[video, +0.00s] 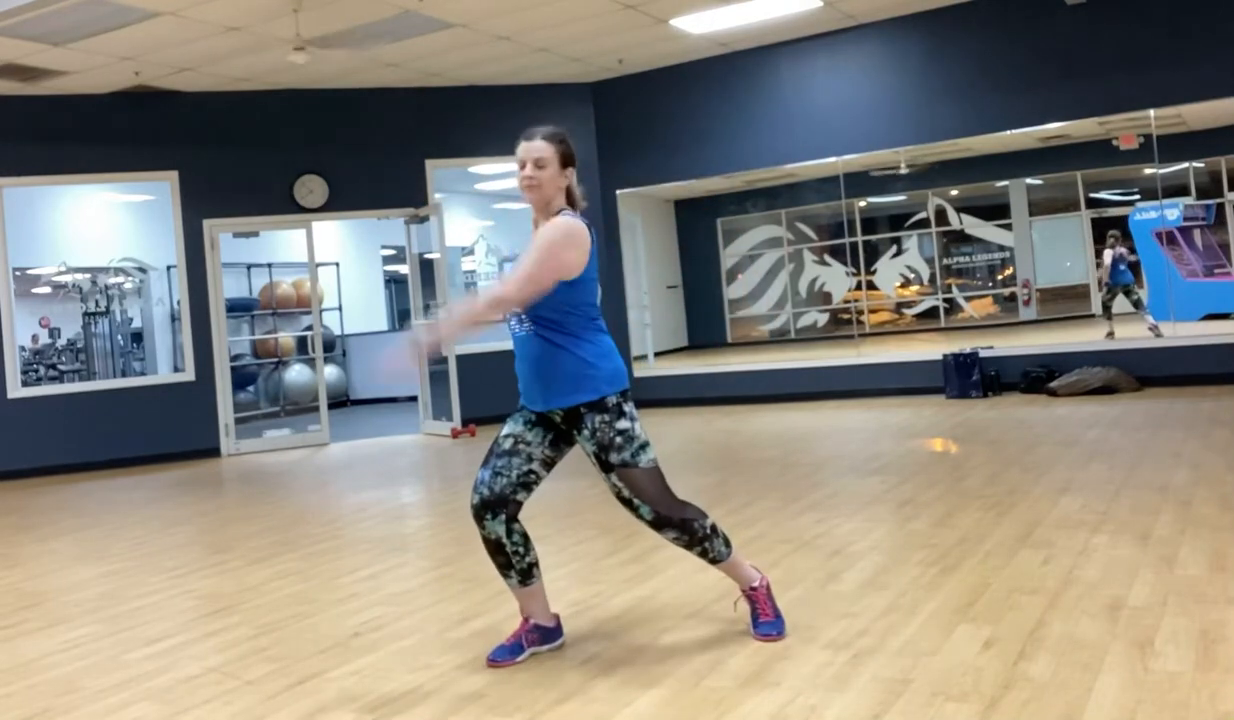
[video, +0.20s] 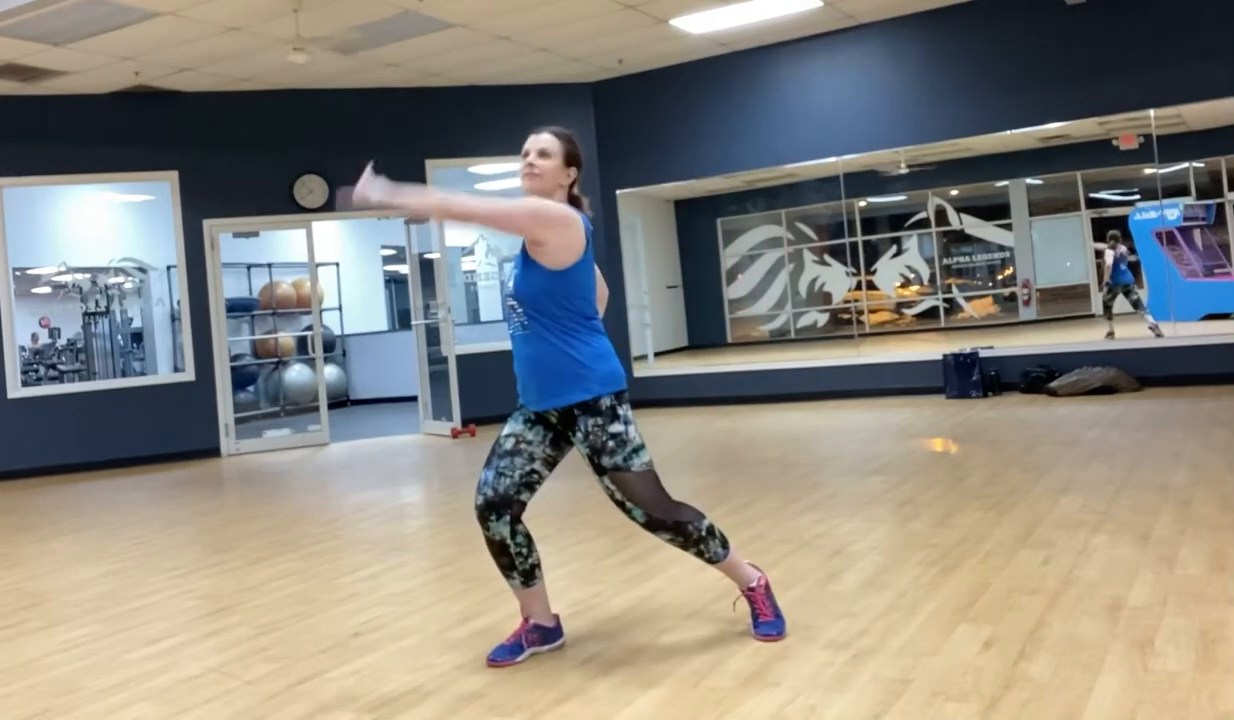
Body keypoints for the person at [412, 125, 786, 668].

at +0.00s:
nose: (526, 174)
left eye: (538, 165)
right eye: (521, 166)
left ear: (566, 174)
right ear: (517, 175)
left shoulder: (567, 231)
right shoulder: (542, 234)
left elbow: (507, 297)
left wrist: (441, 331)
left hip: (597, 398)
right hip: (544, 405)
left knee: (657, 508)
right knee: (491, 502)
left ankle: (753, 581)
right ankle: (540, 620)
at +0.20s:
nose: (528, 163)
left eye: (542, 156)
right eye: (524, 155)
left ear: (570, 174)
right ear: (521, 165)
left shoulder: (557, 220)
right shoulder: (551, 228)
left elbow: (459, 207)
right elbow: (599, 293)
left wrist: (385, 195)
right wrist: (570, 342)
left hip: (593, 396)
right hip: (542, 402)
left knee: (654, 511)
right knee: (495, 502)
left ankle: (750, 580)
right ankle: (538, 622)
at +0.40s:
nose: (528, 155)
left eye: (542, 150)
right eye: (527, 149)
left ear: (569, 172)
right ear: (535, 171)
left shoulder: (564, 213)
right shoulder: (551, 226)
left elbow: (491, 143)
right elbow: (595, 291)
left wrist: (444, 83)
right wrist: (571, 340)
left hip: (594, 398)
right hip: (542, 404)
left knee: (653, 506)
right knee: (495, 505)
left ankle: (751, 581)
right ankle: (540, 621)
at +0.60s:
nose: (531, 153)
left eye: (541, 144)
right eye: (528, 145)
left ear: (565, 161)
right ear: (528, 167)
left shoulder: (573, 212)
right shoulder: (537, 226)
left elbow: (540, 121)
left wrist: (509, 44)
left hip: (595, 398)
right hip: (538, 405)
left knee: (658, 507)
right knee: (496, 506)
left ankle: (752, 581)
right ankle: (539, 620)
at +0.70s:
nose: (532, 153)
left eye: (545, 145)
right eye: (529, 148)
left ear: (569, 161)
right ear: (527, 169)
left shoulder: (577, 217)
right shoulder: (534, 235)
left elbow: (554, 117)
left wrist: (530, 37)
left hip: (597, 399)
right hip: (538, 407)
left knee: (658, 505)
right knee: (496, 505)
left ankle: (753, 582)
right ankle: (540, 621)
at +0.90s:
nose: (541, 152)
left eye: (552, 146)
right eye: (532, 149)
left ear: (574, 164)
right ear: (525, 171)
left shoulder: (586, 216)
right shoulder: (532, 237)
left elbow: (586, 118)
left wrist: (588, 33)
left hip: (602, 398)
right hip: (539, 405)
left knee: (667, 504)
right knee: (499, 506)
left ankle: (754, 584)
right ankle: (540, 620)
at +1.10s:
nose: (547, 152)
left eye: (556, 145)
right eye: (536, 149)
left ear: (574, 162)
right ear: (524, 173)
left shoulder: (592, 214)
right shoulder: (526, 243)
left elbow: (621, 123)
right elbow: (540, 320)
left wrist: (635, 38)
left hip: (607, 394)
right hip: (541, 403)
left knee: (673, 498)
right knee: (498, 508)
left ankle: (755, 587)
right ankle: (540, 621)